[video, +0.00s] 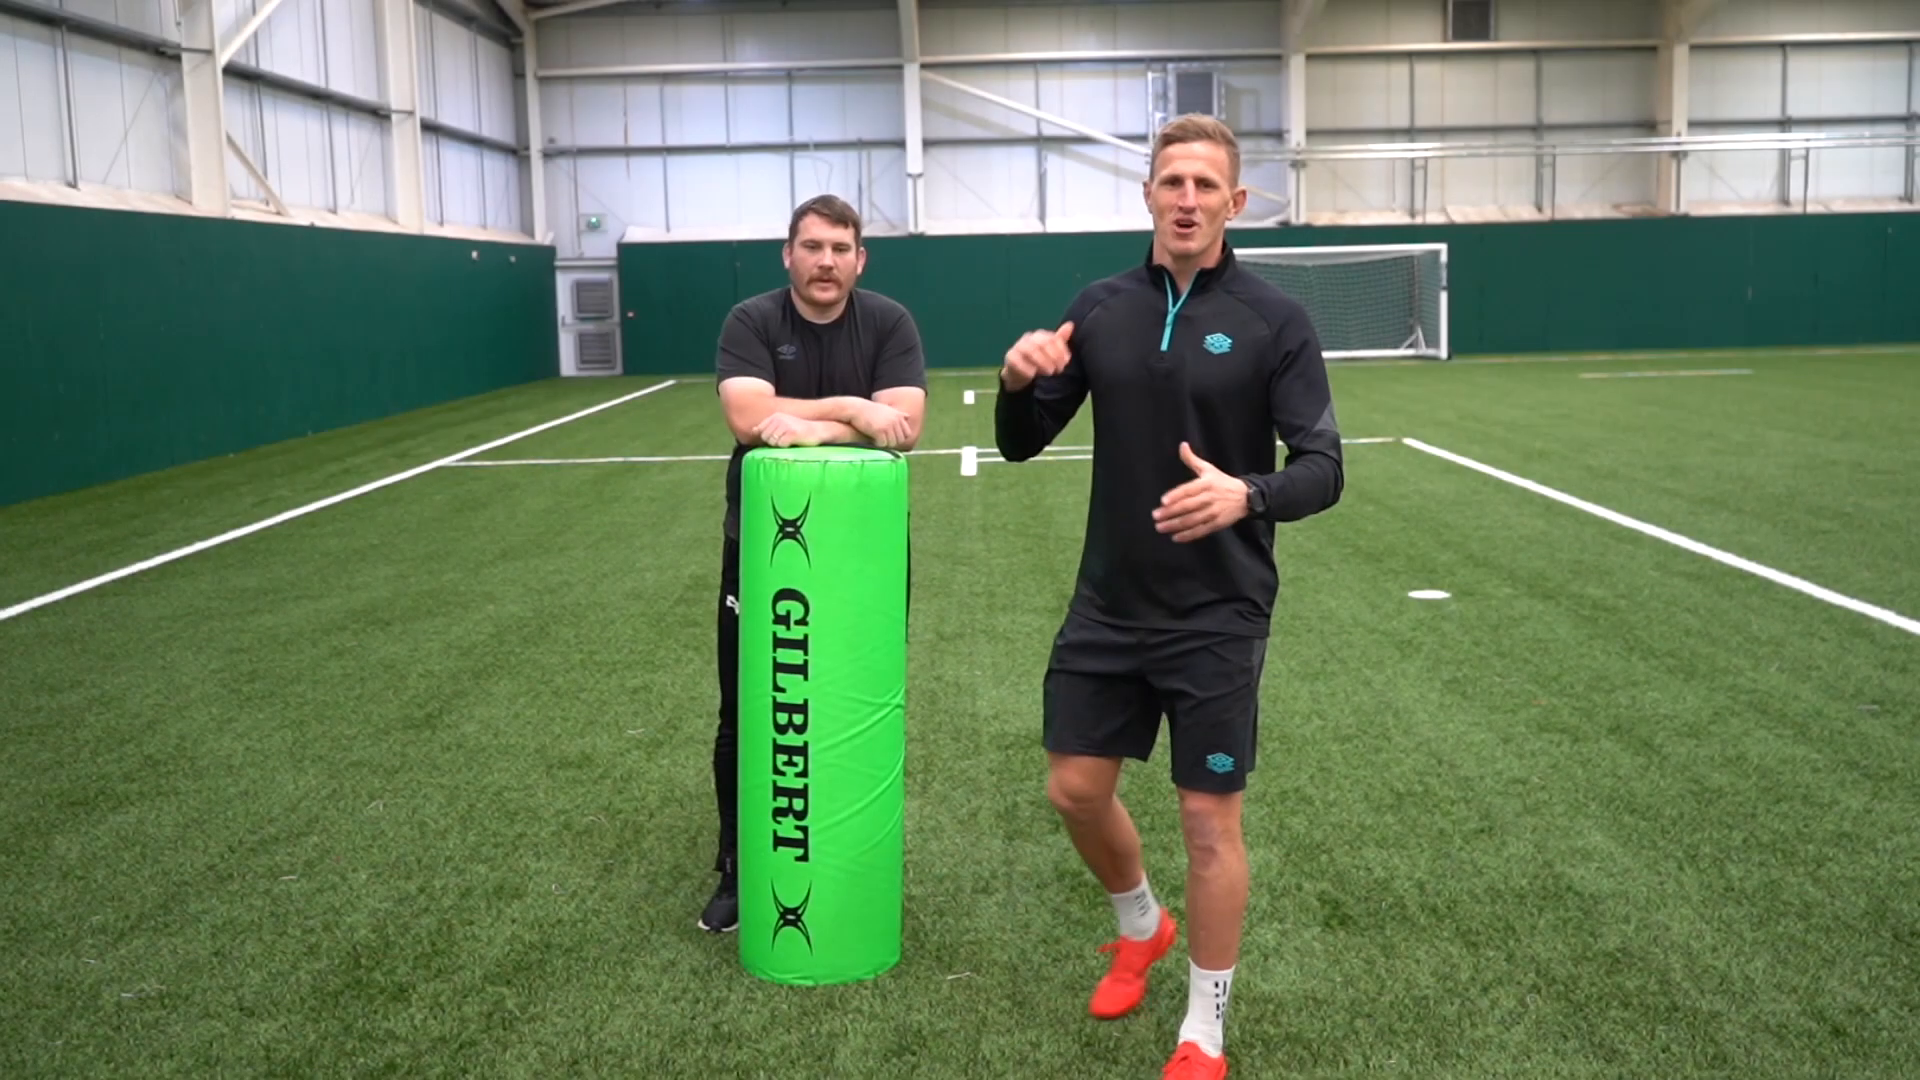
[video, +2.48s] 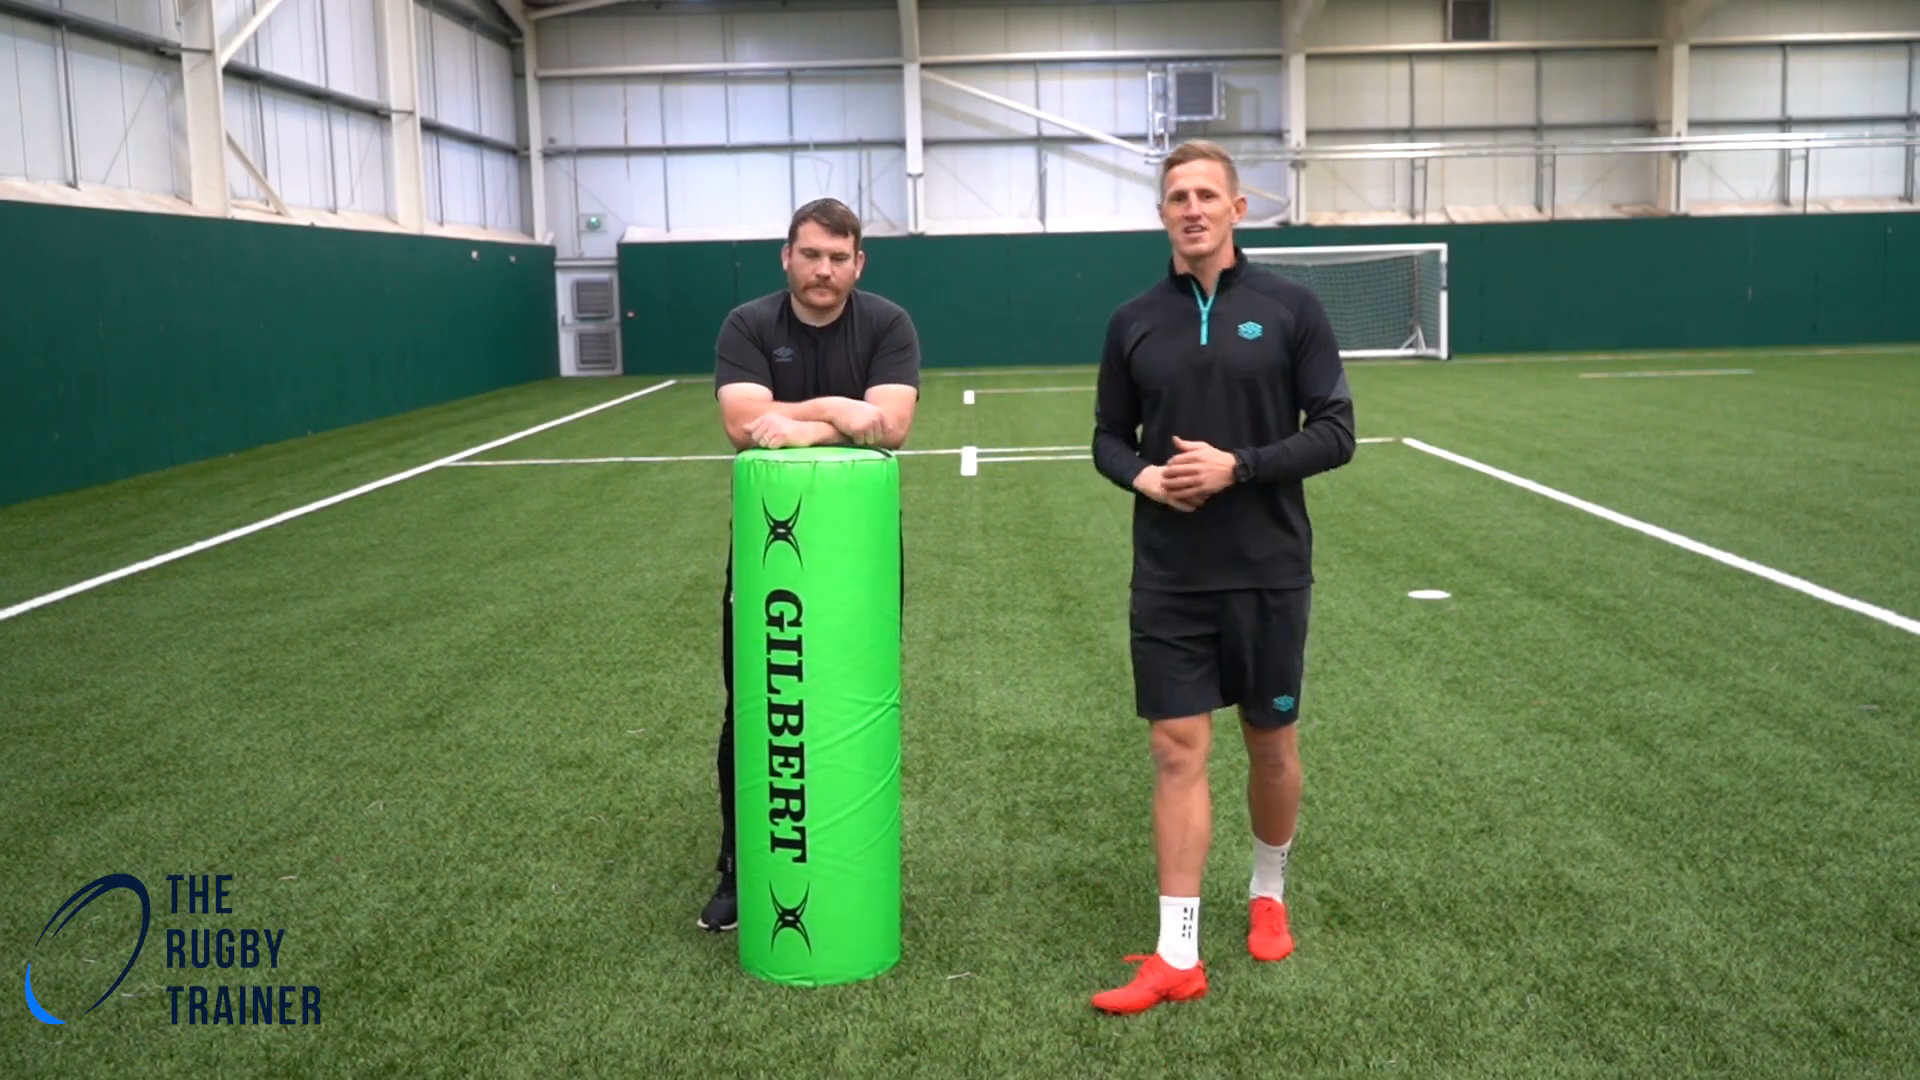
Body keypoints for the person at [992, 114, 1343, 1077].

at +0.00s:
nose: (1185, 200)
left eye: (1205, 185)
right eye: (1170, 182)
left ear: (1235, 203)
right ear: (1147, 196)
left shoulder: (1279, 324)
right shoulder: (1099, 310)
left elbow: (1321, 472)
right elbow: (1021, 442)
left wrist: (1249, 495)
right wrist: (1017, 383)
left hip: (1217, 606)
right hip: (1109, 597)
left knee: (1209, 820)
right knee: (1075, 786)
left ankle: (1204, 1032)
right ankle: (1143, 923)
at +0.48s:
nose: (1189, 192)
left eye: (1209, 176)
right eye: (1174, 174)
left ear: (1242, 193)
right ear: (1151, 188)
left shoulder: (1284, 315)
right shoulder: (1104, 304)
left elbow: (1287, 472)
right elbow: (1044, 438)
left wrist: (1136, 465)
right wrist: (1051, 439)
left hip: (1219, 614)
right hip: (1108, 602)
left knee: (1211, 827)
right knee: (1095, 790)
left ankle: (1204, 1031)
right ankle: (1121, 959)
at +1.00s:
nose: (1092, 214)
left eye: (1100, 199)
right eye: (1096, 197)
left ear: (1139, 206)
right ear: (1154, 203)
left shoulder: (1233, 324)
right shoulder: (1156, 291)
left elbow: (1241, 514)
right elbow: (1125, 379)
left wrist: (1174, 654)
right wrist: (1028, 329)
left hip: (1206, 621)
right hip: (1128, 595)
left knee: (1219, 822)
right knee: (1110, 766)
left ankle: (1207, 1037)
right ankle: (1135, 961)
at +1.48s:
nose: (1112, 216)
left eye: (1130, 199)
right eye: (1104, 200)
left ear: (1181, 205)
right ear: (1104, 211)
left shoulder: (1236, 317)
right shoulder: (1108, 313)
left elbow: (1263, 472)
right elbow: (1062, 406)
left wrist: (1209, 605)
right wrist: (937, 407)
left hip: (1201, 601)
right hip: (1119, 594)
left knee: (1208, 806)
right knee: (1152, 776)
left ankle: (1206, 1030)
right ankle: (1176, 962)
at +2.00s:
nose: (1111, 210)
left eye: (1125, 195)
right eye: (1096, 200)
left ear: (1160, 207)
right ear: (1082, 221)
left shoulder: (1231, 296)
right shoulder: (1071, 335)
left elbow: (1297, 417)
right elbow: (1065, 468)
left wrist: (1217, 471)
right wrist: (1139, 490)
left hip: (1242, 578)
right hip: (1138, 588)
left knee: (1284, 761)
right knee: (1164, 759)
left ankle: (1332, 959)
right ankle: (1180, 959)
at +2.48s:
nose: (1190, 209)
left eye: (1205, 195)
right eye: (1178, 198)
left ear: (1238, 208)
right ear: (1161, 214)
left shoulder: (1290, 308)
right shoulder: (1133, 322)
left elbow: (1336, 434)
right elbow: (1109, 439)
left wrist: (1238, 463)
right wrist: (1146, 476)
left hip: (1267, 568)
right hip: (1169, 570)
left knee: (1270, 740)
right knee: (1176, 746)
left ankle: (1269, 894)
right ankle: (1178, 953)